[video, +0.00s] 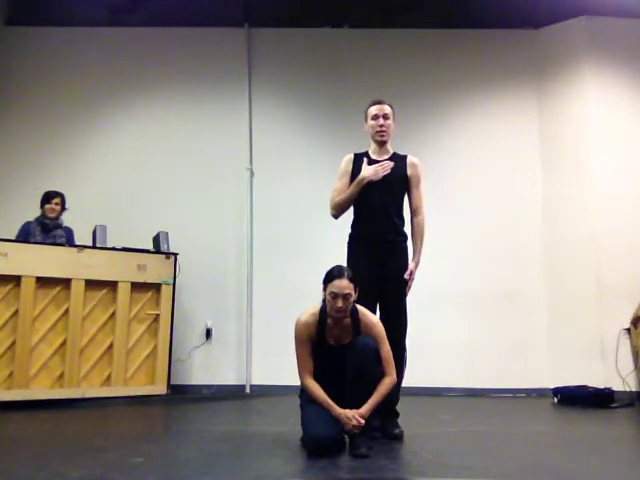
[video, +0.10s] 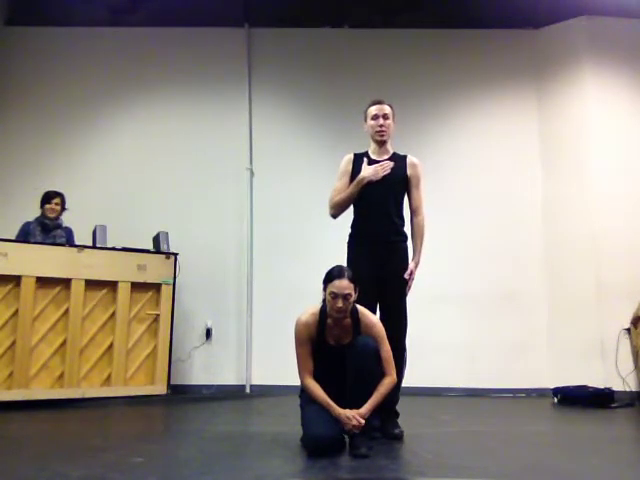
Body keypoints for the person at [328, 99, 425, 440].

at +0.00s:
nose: (381, 122)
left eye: (386, 117)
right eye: (375, 117)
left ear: (394, 124)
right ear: (366, 125)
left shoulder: (410, 165)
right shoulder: (353, 163)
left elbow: (417, 214)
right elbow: (335, 208)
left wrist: (415, 259)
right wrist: (363, 178)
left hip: (394, 257)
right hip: (361, 256)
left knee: (394, 336)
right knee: (358, 336)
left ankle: (389, 415)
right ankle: (359, 416)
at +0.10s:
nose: (381, 122)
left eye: (386, 117)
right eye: (375, 117)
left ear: (394, 124)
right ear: (365, 125)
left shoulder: (409, 165)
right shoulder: (352, 163)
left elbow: (417, 215)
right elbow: (334, 208)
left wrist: (416, 259)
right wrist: (363, 178)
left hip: (394, 257)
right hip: (361, 256)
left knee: (394, 337)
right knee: (358, 336)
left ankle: (388, 415)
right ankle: (358, 416)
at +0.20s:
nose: (381, 122)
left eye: (386, 117)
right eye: (375, 117)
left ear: (394, 124)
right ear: (365, 125)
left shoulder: (410, 166)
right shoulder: (353, 162)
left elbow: (417, 215)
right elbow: (333, 208)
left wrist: (416, 259)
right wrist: (362, 178)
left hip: (394, 257)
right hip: (361, 256)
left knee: (394, 336)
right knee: (359, 335)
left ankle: (388, 414)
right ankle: (359, 415)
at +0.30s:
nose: (381, 122)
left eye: (386, 117)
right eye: (375, 118)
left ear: (394, 124)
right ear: (365, 125)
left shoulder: (409, 166)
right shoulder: (352, 163)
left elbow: (417, 215)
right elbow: (333, 208)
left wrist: (416, 259)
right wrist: (360, 176)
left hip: (394, 257)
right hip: (361, 256)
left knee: (394, 337)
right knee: (358, 336)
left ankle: (388, 415)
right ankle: (358, 416)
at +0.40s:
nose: (381, 124)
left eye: (386, 119)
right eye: (375, 119)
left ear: (394, 125)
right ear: (365, 126)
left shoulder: (409, 166)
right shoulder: (352, 163)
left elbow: (418, 215)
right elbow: (333, 208)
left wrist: (415, 259)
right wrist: (360, 176)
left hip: (394, 257)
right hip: (361, 256)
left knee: (394, 337)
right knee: (358, 336)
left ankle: (388, 415)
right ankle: (358, 416)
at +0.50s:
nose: (381, 125)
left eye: (386, 120)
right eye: (375, 120)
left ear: (394, 125)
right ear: (365, 126)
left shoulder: (409, 166)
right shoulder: (352, 163)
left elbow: (418, 215)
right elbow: (333, 208)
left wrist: (416, 259)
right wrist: (361, 178)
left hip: (394, 258)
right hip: (361, 257)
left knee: (394, 337)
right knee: (358, 337)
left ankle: (388, 415)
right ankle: (358, 416)